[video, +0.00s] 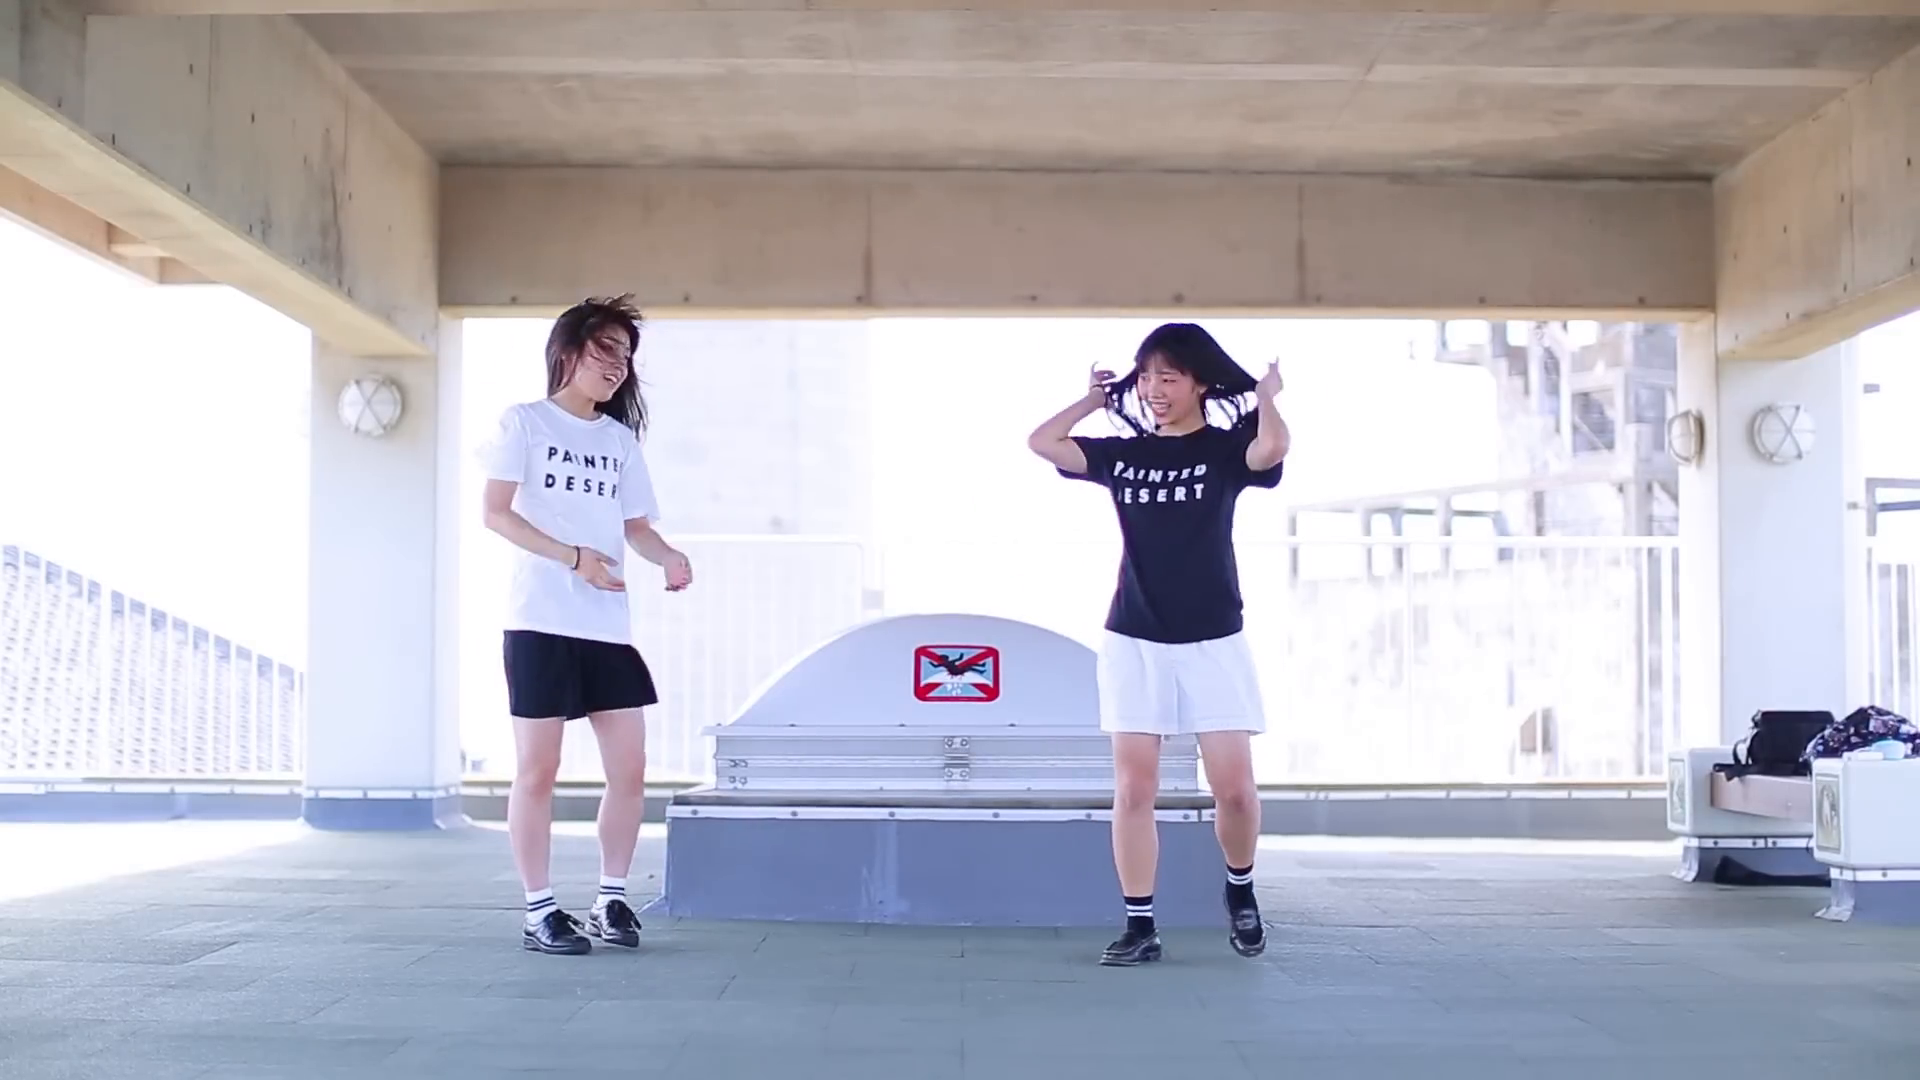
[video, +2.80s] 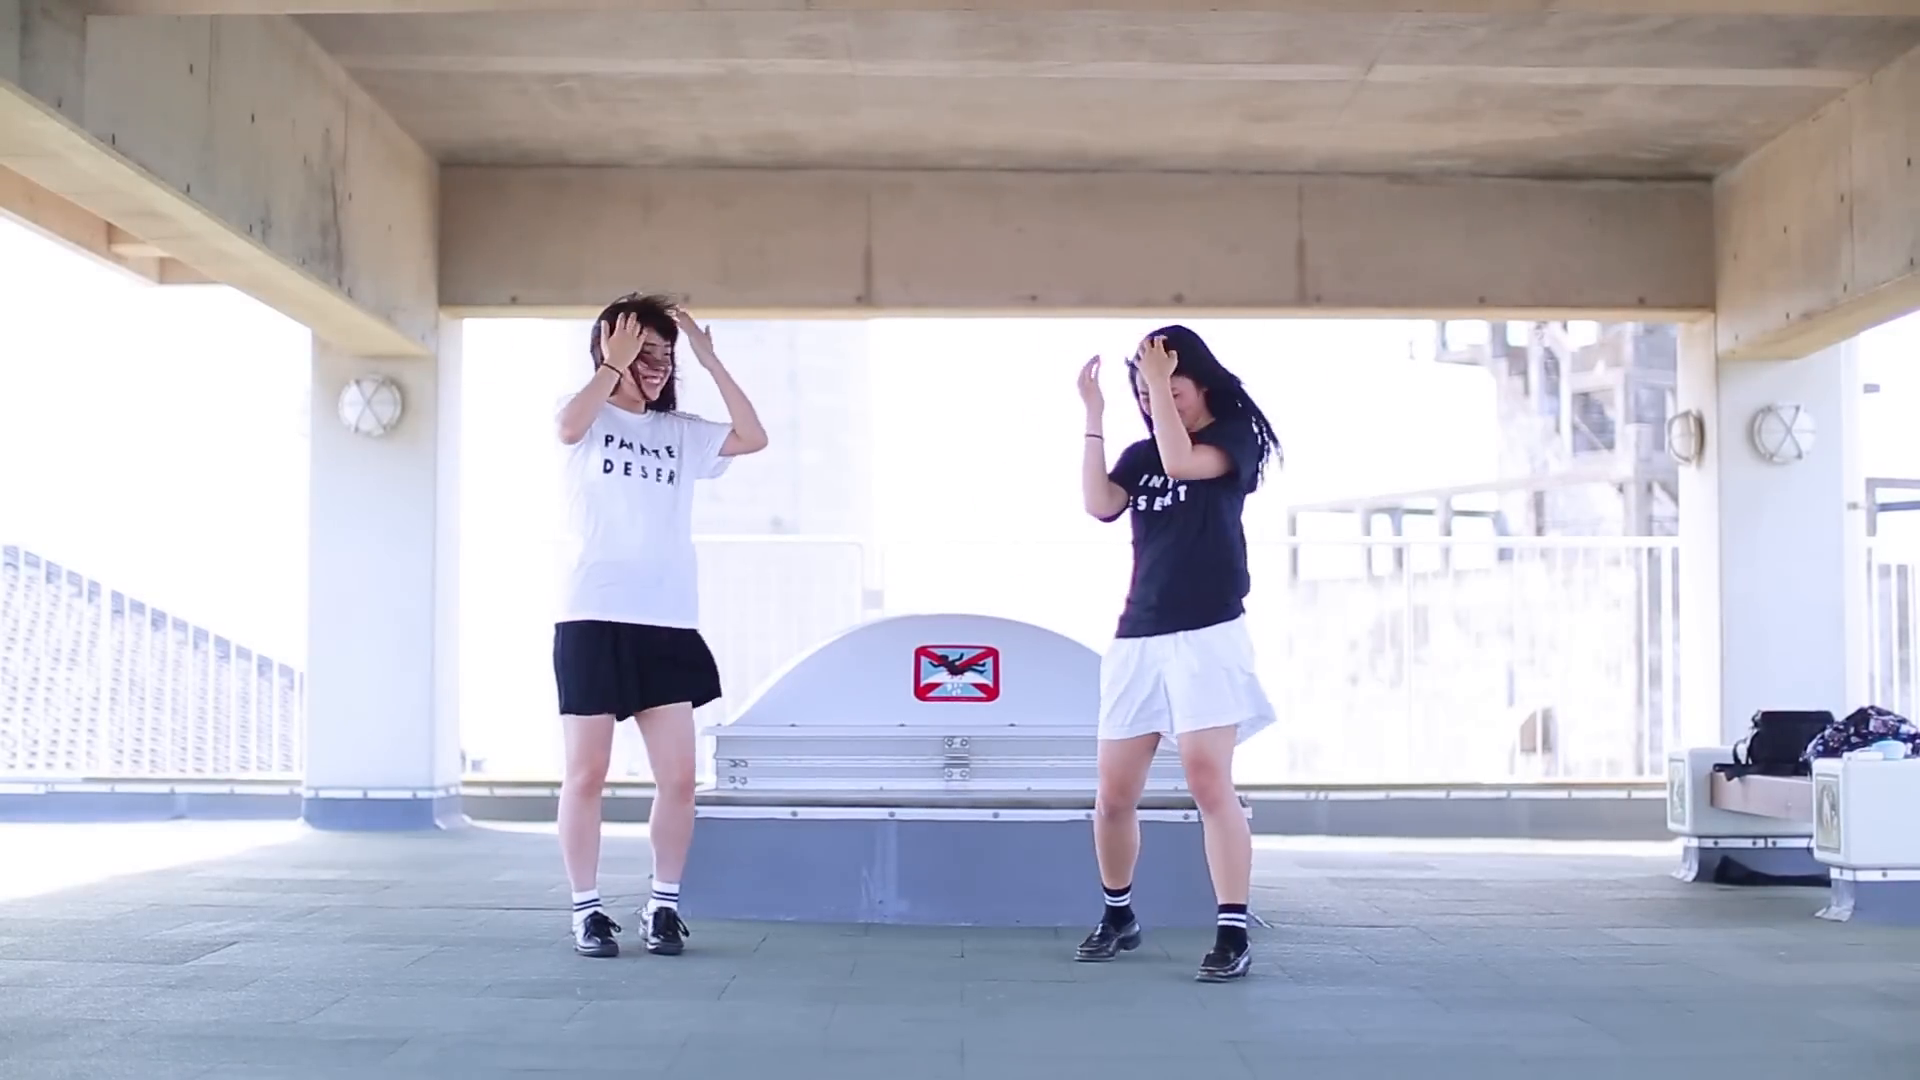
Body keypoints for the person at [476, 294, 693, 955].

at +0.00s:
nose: (616, 365)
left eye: (625, 357)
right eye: (605, 348)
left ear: (629, 369)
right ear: (568, 350)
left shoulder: (622, 442)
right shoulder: (523, 421)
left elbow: (637, 526)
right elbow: (495, 513)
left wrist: (667, 556)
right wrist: (572, 555)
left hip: (608, 626)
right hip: (539, 623)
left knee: (629, 769)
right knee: (538, 772)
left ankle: (614, 898)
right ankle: (540, 910)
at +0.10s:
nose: (613, 364)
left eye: (622, 355)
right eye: (601, 351)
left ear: (626, 362)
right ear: (567, 349)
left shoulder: (622, 437)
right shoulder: (528, 418)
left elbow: (666, 513)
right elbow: (522, 493)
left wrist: (690, 478)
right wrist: (611, 465)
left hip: (609, 623)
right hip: (542, 622)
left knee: (634, 772)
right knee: (540, 774)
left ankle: (636, 903)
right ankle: (540, 910)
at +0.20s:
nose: (614, 365)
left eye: (622, 355)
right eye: (600, 350)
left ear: (628, 364)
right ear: (565, 353)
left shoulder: (633, 434)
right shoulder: (535, 412)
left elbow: (700, 469)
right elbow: (552, 450)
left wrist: (693, 399)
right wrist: (612, 386)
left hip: (618, 627)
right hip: (549, 625)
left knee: (638, 775)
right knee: (544, 774)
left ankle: (656, 905)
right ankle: (540, 912)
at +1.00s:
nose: (661, 359)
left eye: (671, 350)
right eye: (649, 348)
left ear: (682, 358)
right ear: (623, 352)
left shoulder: (704, 419)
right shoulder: (599, 418)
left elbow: (775, 399)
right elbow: (585, 420)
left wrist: (725, 326)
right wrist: (610, 343)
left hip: (691, 621)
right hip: (618, 621)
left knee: (673, 776)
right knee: (590, 775)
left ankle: (659, 910)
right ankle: (548, 908)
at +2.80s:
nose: (651, 367)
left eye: (659, 358)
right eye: (638, 356)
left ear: (670, 363)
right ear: (607, 358)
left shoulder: (682, 430)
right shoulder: (584, 414)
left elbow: (752, 436)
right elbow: (571, 425)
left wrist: (708, 358)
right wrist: (613, 365)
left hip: (668, 623)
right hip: (592, 619)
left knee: (679, 779)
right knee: (587, 776)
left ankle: (665, 905)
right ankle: (587, 909)